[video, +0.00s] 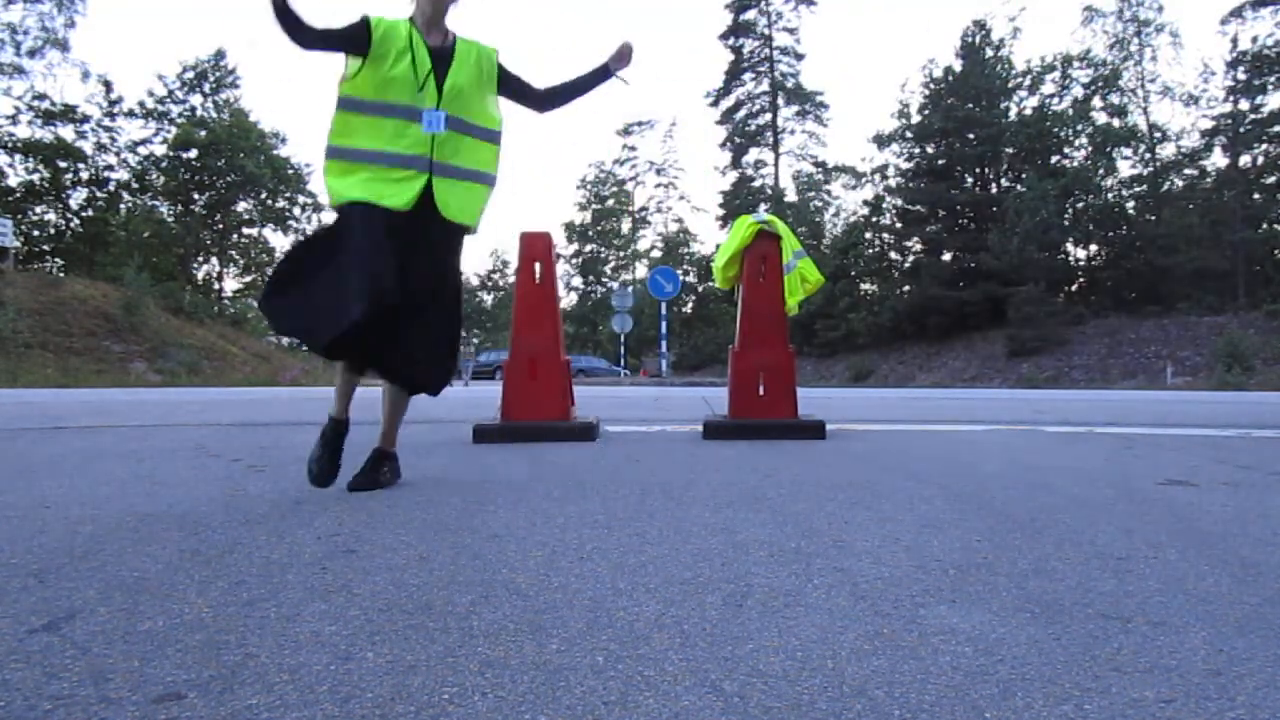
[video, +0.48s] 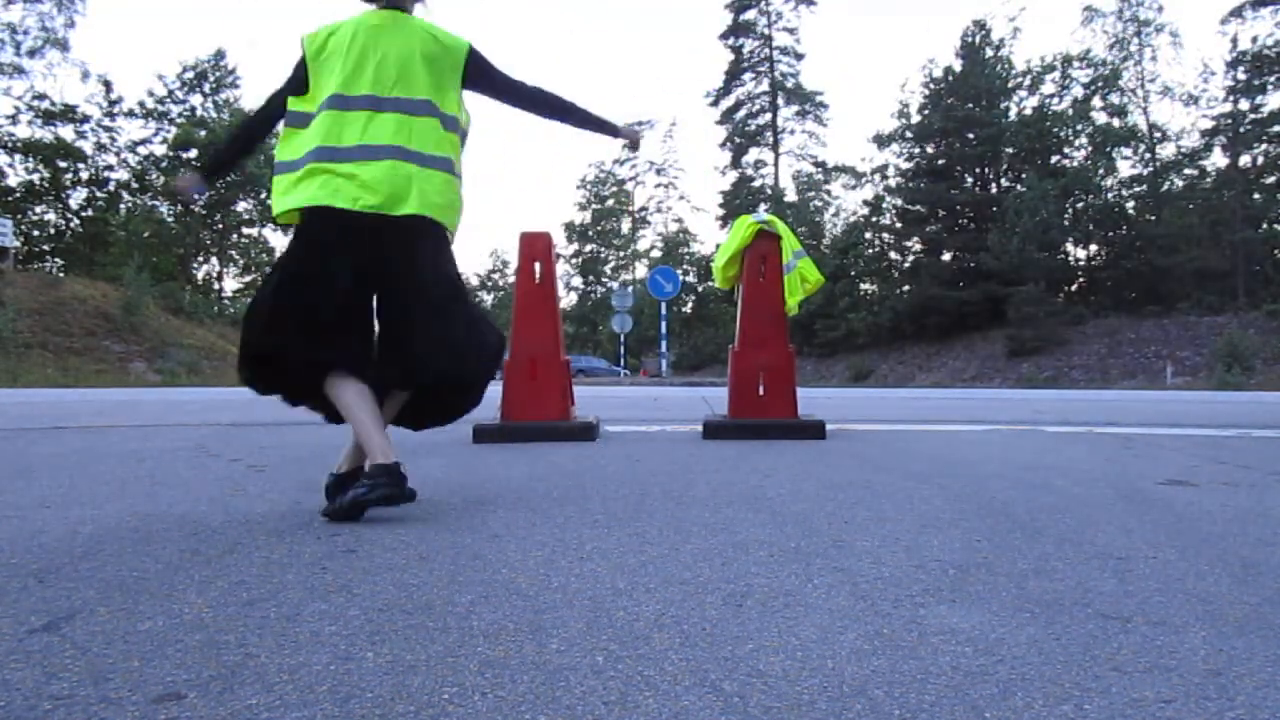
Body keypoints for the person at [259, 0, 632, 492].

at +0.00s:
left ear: (454, 2)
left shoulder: (479, 59)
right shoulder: (378, 34)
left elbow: (542, 99)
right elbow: (304, 35)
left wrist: (608, 68)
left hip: (440, 215)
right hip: (372, 203)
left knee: (414, 331)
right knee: (371, 309)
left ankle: (385, 452)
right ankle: (336, 424)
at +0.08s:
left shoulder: (463, 36)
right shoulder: (391, 6)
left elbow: (510, 84)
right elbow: (343, 0)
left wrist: (578, 66)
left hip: (426, 177)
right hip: (364, 160)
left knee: (412, 304)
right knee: (388, 285)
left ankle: (364, 419)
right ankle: (363, 427)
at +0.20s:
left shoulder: (430, 33)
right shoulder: (407, 7)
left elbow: (442, 92)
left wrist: (498, 107)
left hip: (335, 160)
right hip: (381, 151)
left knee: (372, 296)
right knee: (409, 292)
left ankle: (305, 401)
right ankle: (394, 427)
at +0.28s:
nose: (442, 6)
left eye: (441, 5)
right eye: (438, 4)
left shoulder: (381, 18)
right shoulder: (409, 10)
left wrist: (453, 75)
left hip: (350, 158)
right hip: (402, 157)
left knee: (369, 305)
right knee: (416, 311)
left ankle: (320, 410)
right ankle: (369, 445)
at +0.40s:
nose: (436, 11)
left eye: (432, 8)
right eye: (435, 7)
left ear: (382, 3)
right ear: (424, 4)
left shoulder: (340, 45)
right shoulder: (437, 29)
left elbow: (317, 113)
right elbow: (514, 63)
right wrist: (611, 78)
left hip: (324, 196)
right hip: (407, 200)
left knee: (344, 321)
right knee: (419, 334)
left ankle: (366, 453)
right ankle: (352, 471)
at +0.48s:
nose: (416, 9)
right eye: (421, 8)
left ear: (366, 3)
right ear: (417, 6)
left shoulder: (325, 42)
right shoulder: (445, 46)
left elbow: (264, 117)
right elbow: (523, 94)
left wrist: (204, 172)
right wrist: (610, 129)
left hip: (332, 213)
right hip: (418, 219)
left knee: (325, 339)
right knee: (412, 348)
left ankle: (384, 465)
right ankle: (348, 470)